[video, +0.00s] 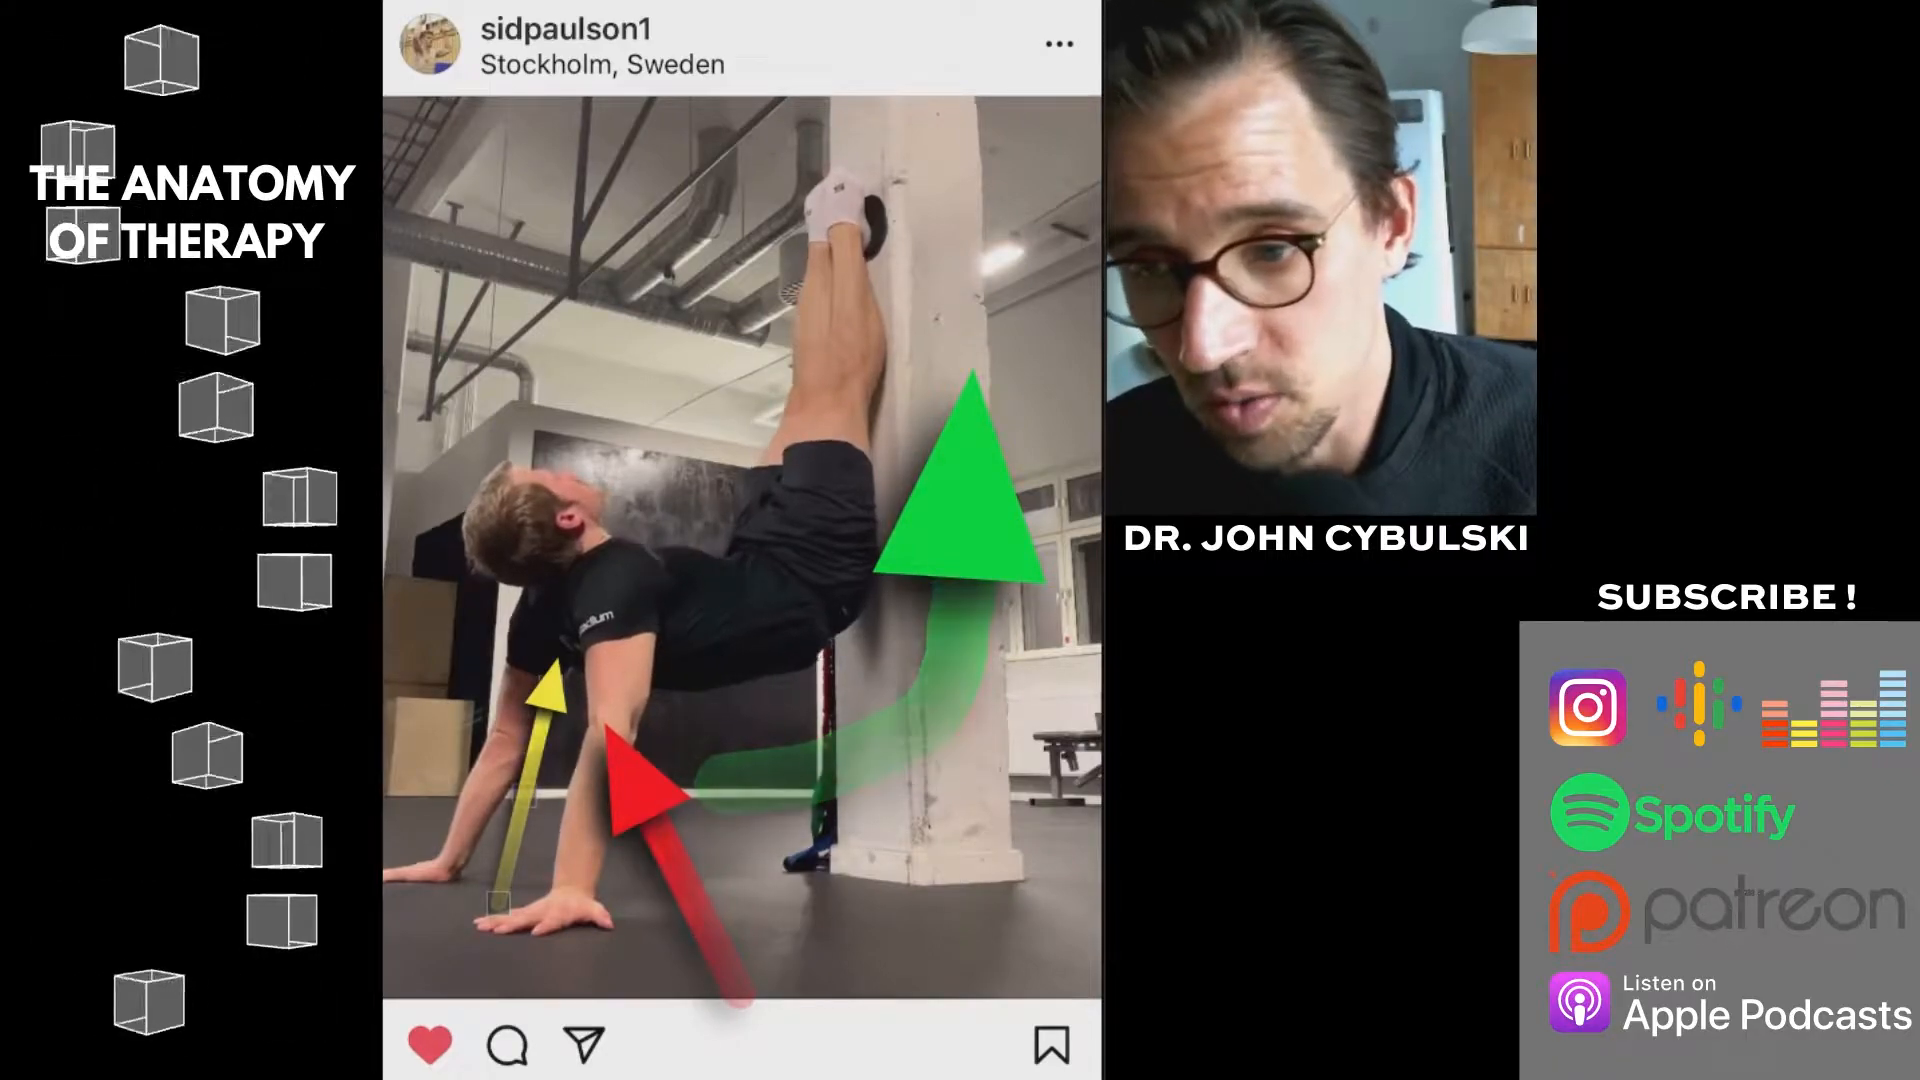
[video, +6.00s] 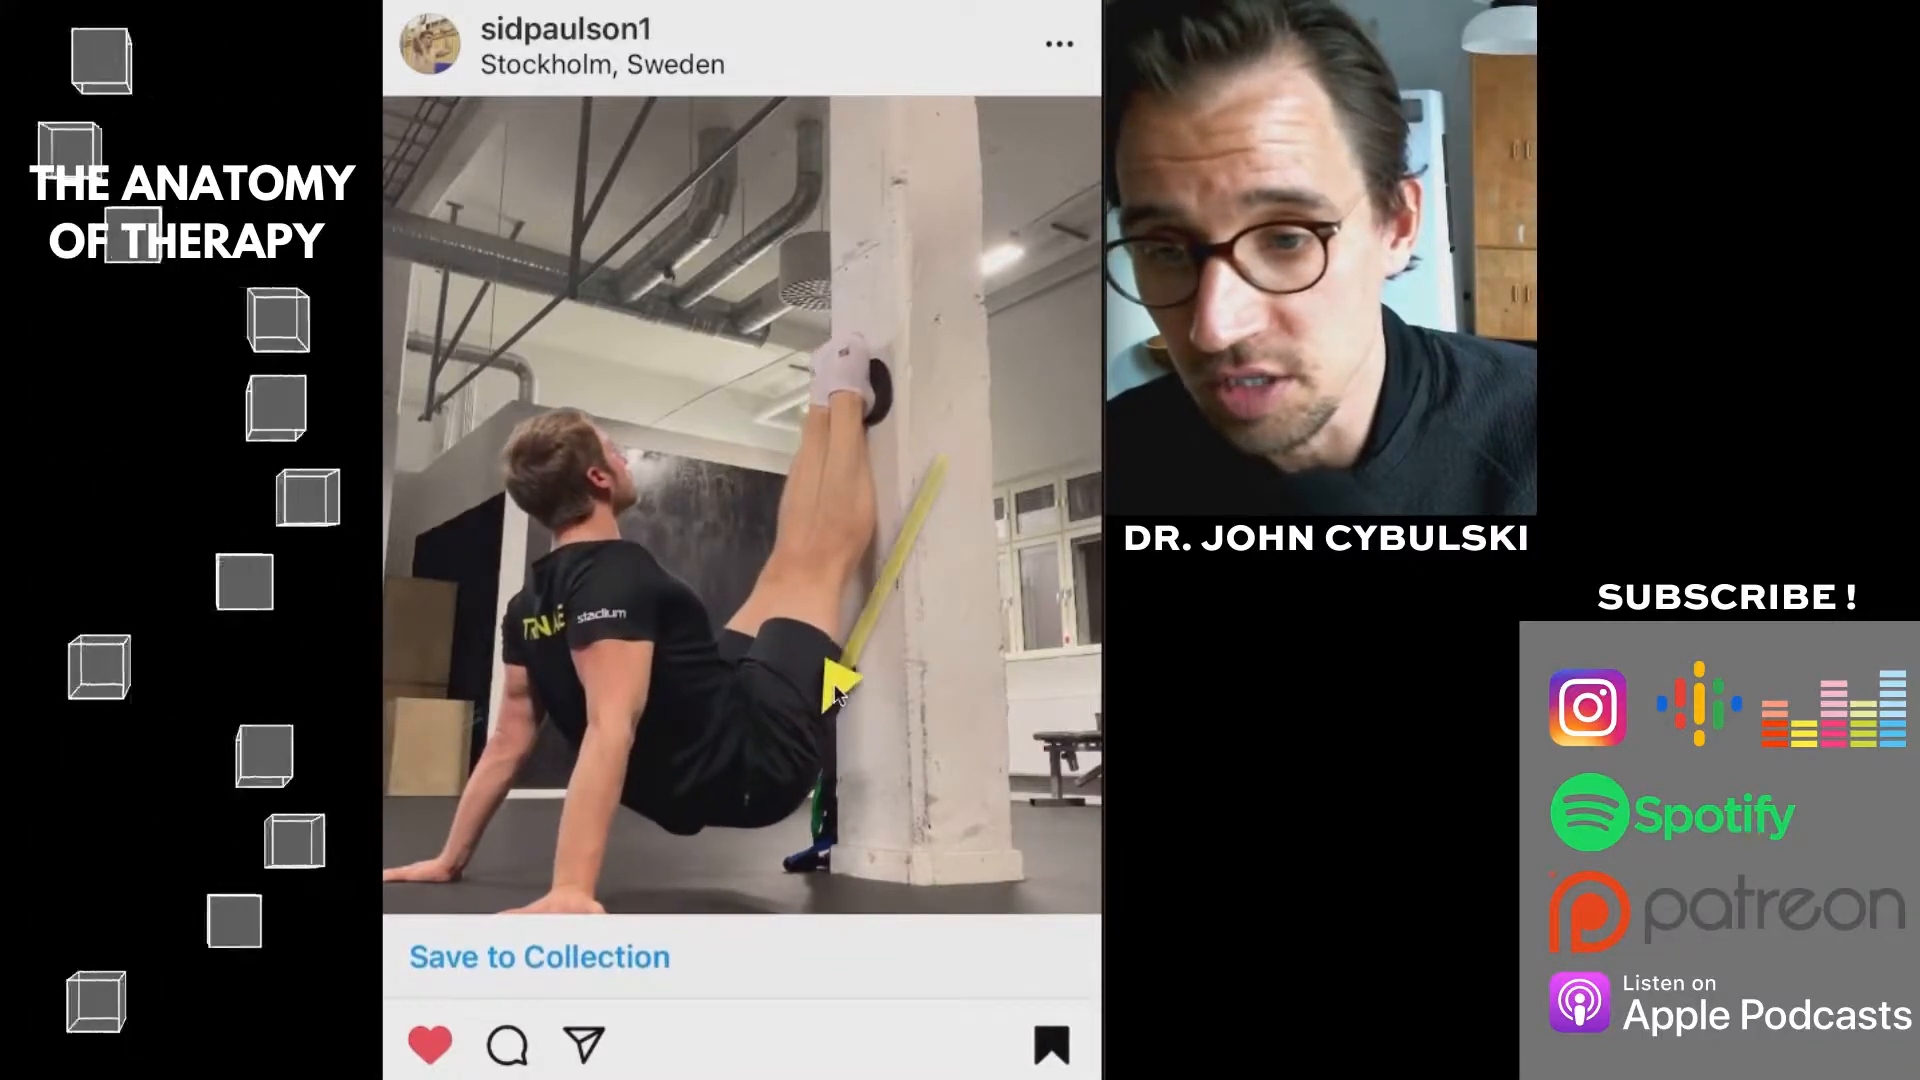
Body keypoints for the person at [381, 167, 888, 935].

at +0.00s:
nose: (567, 474)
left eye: (548, 469)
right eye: (555, 478)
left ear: (546, 544)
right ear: (567, 519)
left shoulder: (541, 603)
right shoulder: (614, 579)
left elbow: (505, 742)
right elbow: (608, 734)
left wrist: (448, 859)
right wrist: (573, 887)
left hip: (763, 579)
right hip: (809, 580)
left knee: (813, 392)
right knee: (838, 385)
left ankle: (828, 239)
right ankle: (843, 231)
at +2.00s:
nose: (589, 468)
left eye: (570, 463)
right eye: (578, 470)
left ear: (533, 546)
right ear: (584, 510)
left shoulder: (535, 608)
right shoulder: (615, 581)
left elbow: (506, 744)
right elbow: (609, 732)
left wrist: (448, 859)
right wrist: (572, 887)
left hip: (758, 666)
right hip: (803, 658)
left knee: (809, 467)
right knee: (846, 453)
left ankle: (826, 305)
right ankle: (845, 296)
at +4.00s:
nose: (616, 465)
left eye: (605, 457)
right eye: (606, 461)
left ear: (541, 525)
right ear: (600, 498)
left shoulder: (532, 606)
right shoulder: (622, 578)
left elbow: (508, 741)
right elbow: (612, 731)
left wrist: (449, 859)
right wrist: (572, 887)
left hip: (719, 763)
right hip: (780, 723)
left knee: (800, 523)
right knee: (838, 514)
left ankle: (826, 362)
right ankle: (848, 362)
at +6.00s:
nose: (624, 457)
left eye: (612, 446)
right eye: (612, 451)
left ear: (541, 504)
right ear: (599, 479)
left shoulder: (527, 605)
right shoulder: (615, 573)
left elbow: (508, 743)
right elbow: (609, 727)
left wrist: (449, 860)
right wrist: (573, 888)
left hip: (694, 789)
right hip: (761, 767)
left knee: (787, 568)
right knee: (822, 559)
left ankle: (826, 403)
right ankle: (846, 397)